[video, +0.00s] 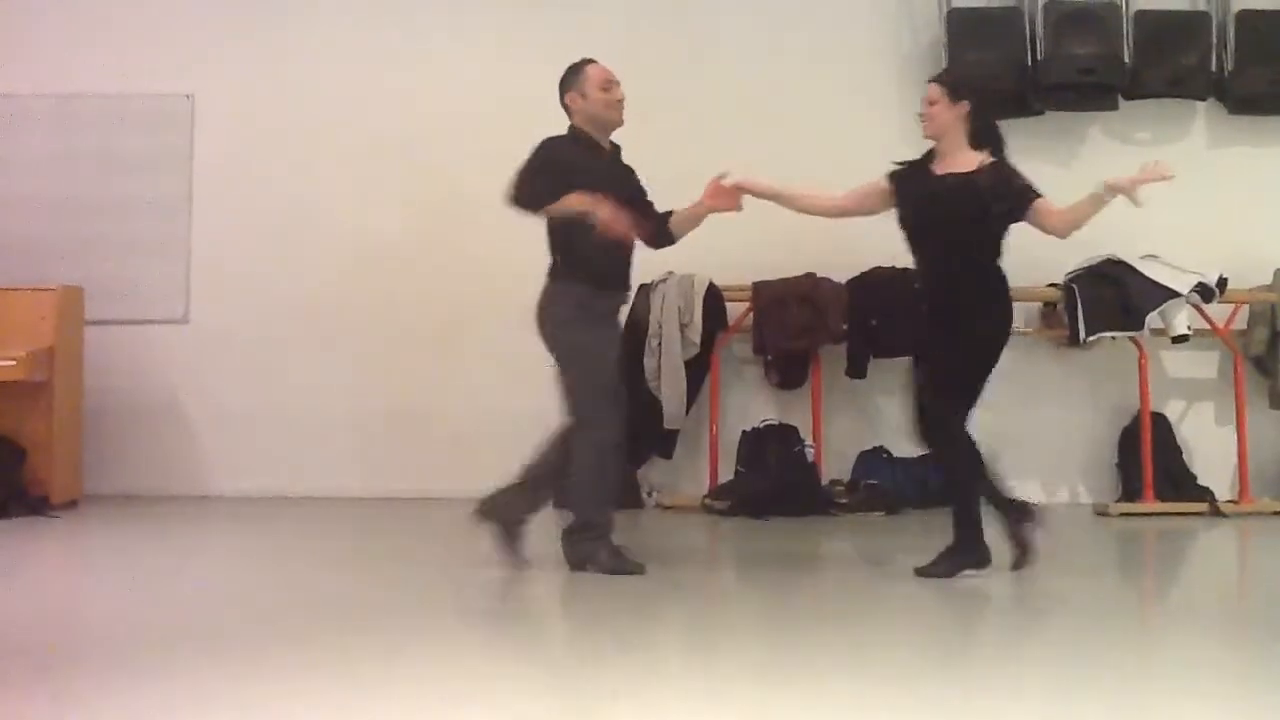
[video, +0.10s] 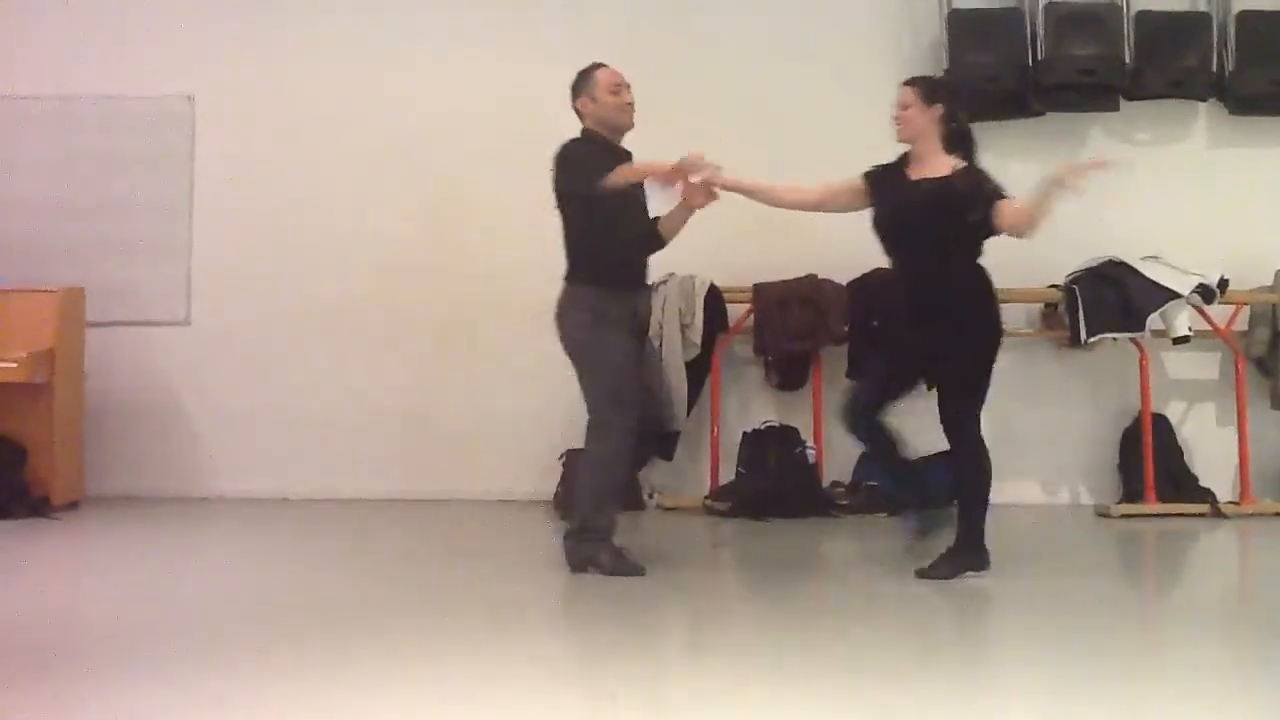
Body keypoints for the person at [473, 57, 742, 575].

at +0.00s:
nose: (620, 95)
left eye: (619, 86)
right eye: (607, 88)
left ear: (609, 101)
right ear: (575, 102)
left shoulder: (618, 170)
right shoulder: (559, 151)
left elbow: (656, 232)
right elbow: (524, 196)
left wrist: (703, 206)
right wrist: (590, 204)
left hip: (603, 310)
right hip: (571, 305)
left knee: (600, 420)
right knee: (600, 419)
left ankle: (510, 505)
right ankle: (587, 540)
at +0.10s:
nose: (629, 98)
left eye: (628, 91)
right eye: (616, 91)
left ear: (625, 102)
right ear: (585, 105)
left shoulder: (624, 171)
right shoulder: (577, 153)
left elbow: (643, 242)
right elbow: (604, 180)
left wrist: (686, 206)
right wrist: (665, 171)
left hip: (625, 309)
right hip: (592, 307)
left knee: (646, 420)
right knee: (614, 417)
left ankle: (588, 505)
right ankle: (589, 541)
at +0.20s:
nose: (637, 102)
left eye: (638, 95)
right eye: (624, 96)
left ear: (639, 106)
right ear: (595, 110)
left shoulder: (634, 168)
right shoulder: (590, 157)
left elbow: (654, 235)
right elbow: (634, 165)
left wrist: (686, 198)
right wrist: (690, 152)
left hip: (639, 311)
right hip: (602, 311)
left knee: (673, 408)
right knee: (620, 418)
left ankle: (645, 512)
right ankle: (591, 538)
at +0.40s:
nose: (655, 108)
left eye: (663, 103)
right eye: (643, 103)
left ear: (674, 117)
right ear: (625, 121)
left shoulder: (676, 168)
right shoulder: (617, 158)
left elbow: (693, 202)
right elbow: (653, 146)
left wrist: (699, 158)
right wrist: (691, 129)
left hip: (686, 310)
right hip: (642, 309)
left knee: (704, 419)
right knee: (634, 422)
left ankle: (711, 522)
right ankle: (593, 534)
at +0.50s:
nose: (672, 110)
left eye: (677, 103)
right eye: (660, 104)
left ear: (688, 113)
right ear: (643, 119)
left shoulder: (692, 168)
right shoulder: (633, 162)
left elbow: (720, 210)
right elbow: (606, 165)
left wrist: (713, 157)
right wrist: (663, 133)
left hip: (703, 311)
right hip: (657, 311)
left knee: (716, 421)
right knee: (641, 421)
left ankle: (710, 523)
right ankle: (603, 531)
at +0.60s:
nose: (692, 114)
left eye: (695, 108)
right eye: (681, 107)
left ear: (703, 119)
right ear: (659, 122)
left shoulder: (720, 176)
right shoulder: (652, 175)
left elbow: (764, 196)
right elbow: (596, 178)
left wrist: (742, 151)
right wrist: (624, 134)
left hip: (712, 312)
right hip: (664, 310)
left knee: (724, 418)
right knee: (681, 415)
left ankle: (711, 523)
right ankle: (625, 512)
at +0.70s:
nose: (694, 116)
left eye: (701, 108)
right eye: (684, 110)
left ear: (716, 122)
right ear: (668, 124)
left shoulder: (731, 179)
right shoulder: (655, 174)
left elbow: (751, 238)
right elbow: (594, 177)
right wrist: (614, 129)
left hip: (717, 307)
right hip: (665, 306)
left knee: (722, 413)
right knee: (698, 403)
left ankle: (711, 521)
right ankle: (643, 486)